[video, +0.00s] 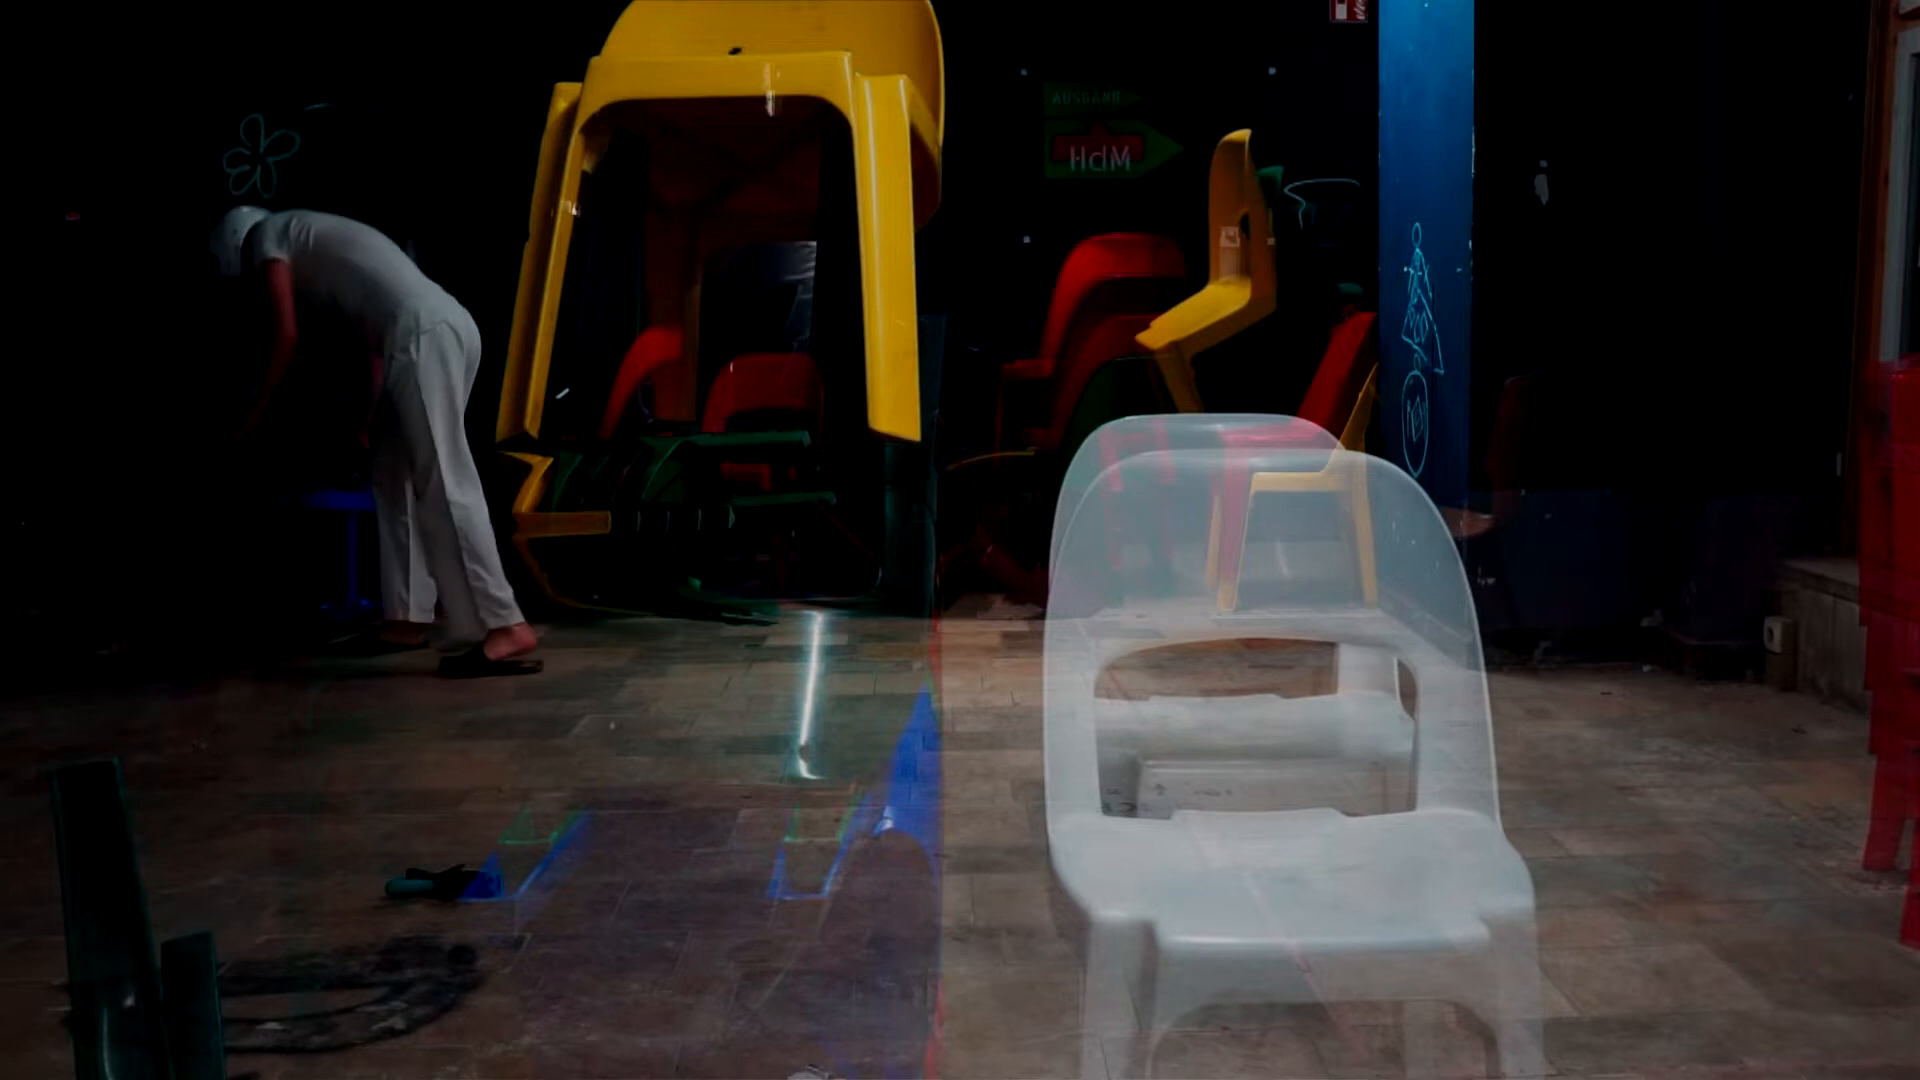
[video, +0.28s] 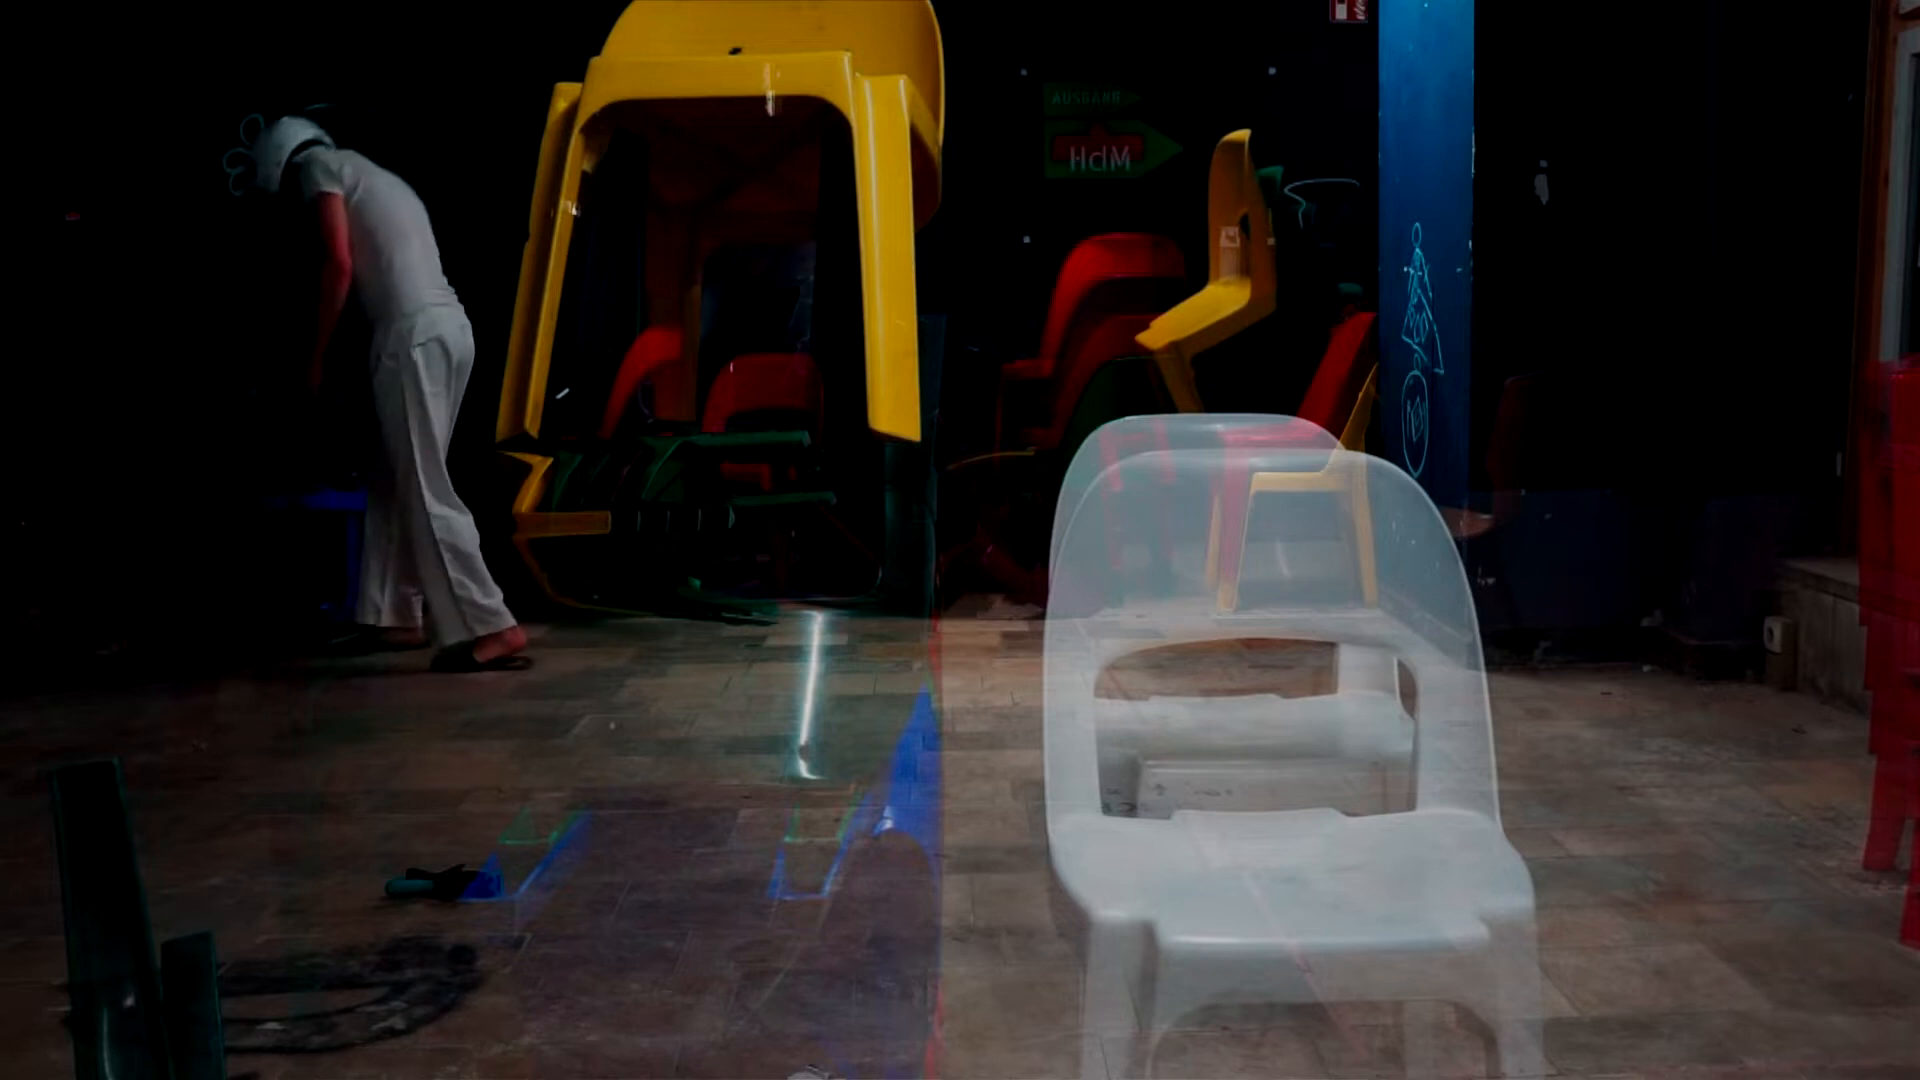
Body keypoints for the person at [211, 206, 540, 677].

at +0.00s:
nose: (241, 268)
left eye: (235, 260)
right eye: (237, 263)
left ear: (239, 242)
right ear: (261, 222)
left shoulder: (270, 232)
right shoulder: (317, 234)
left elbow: (287, 332)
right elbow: (378, 327)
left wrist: (260, 404)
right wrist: (370, 416)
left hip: (420, 336)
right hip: (452, 329)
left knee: (444, 483)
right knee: (396, 478)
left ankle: (507, 629)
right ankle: (409, 618)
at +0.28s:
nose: (290, 185)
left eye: (285, 176)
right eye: (288, 179)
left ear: (291, 159)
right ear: (318, 140)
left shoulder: (322, 162)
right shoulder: (375, 174)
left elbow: (341, 263)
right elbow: (408, 262)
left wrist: (318, 354)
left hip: (414, 335)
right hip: (452, 328)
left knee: (424, 486)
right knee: (402, 480)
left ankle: (493, 629)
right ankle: (395, 616)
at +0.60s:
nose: (353, 142)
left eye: (352, 132)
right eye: (351, 133)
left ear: (364, 120)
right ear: (402, 108)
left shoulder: (386, 145)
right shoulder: (466, 159)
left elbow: (387, 260)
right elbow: (520, 261)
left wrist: (360, 332)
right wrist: (513, 344)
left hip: (439, 343)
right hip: (490, 340)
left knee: (445, 494)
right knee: (450, 486)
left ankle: (495, 637)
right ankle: (447, 625)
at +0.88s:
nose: (400, 124)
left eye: (399, 115)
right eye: (399, 116)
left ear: (409, 105)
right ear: (459, 96)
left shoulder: (420, 140)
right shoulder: (524, 149)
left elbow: (420, 252)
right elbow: (577, 249)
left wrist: (383, 338)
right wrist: (580, 342)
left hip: (464, 340)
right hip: (531, 336)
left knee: (467, 488)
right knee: (519, 483)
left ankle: (492, 637)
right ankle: (573, 606)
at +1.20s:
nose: (464, 101)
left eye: (465, 89)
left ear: (474, 85)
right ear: (536, 85)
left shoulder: (475, 132)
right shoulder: (586, 143)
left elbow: (488, 232)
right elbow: (636, 248)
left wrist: (474, 343)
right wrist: (635, 337)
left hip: (509, 342)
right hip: (583, 337)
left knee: (502, 499)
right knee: (593, 498)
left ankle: (501, 638)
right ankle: (622, 653)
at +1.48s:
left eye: (521, 65)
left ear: (525, 62)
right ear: (594, 62)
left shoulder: (521, 115)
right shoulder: (639, 126)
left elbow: (535, 209)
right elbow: (685, 240)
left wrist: (532, 339)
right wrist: (676, 329)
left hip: (557, 335)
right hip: (630, 333)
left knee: (524, 487)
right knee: (622, 498)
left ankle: (583, 644)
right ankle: (628, 664)